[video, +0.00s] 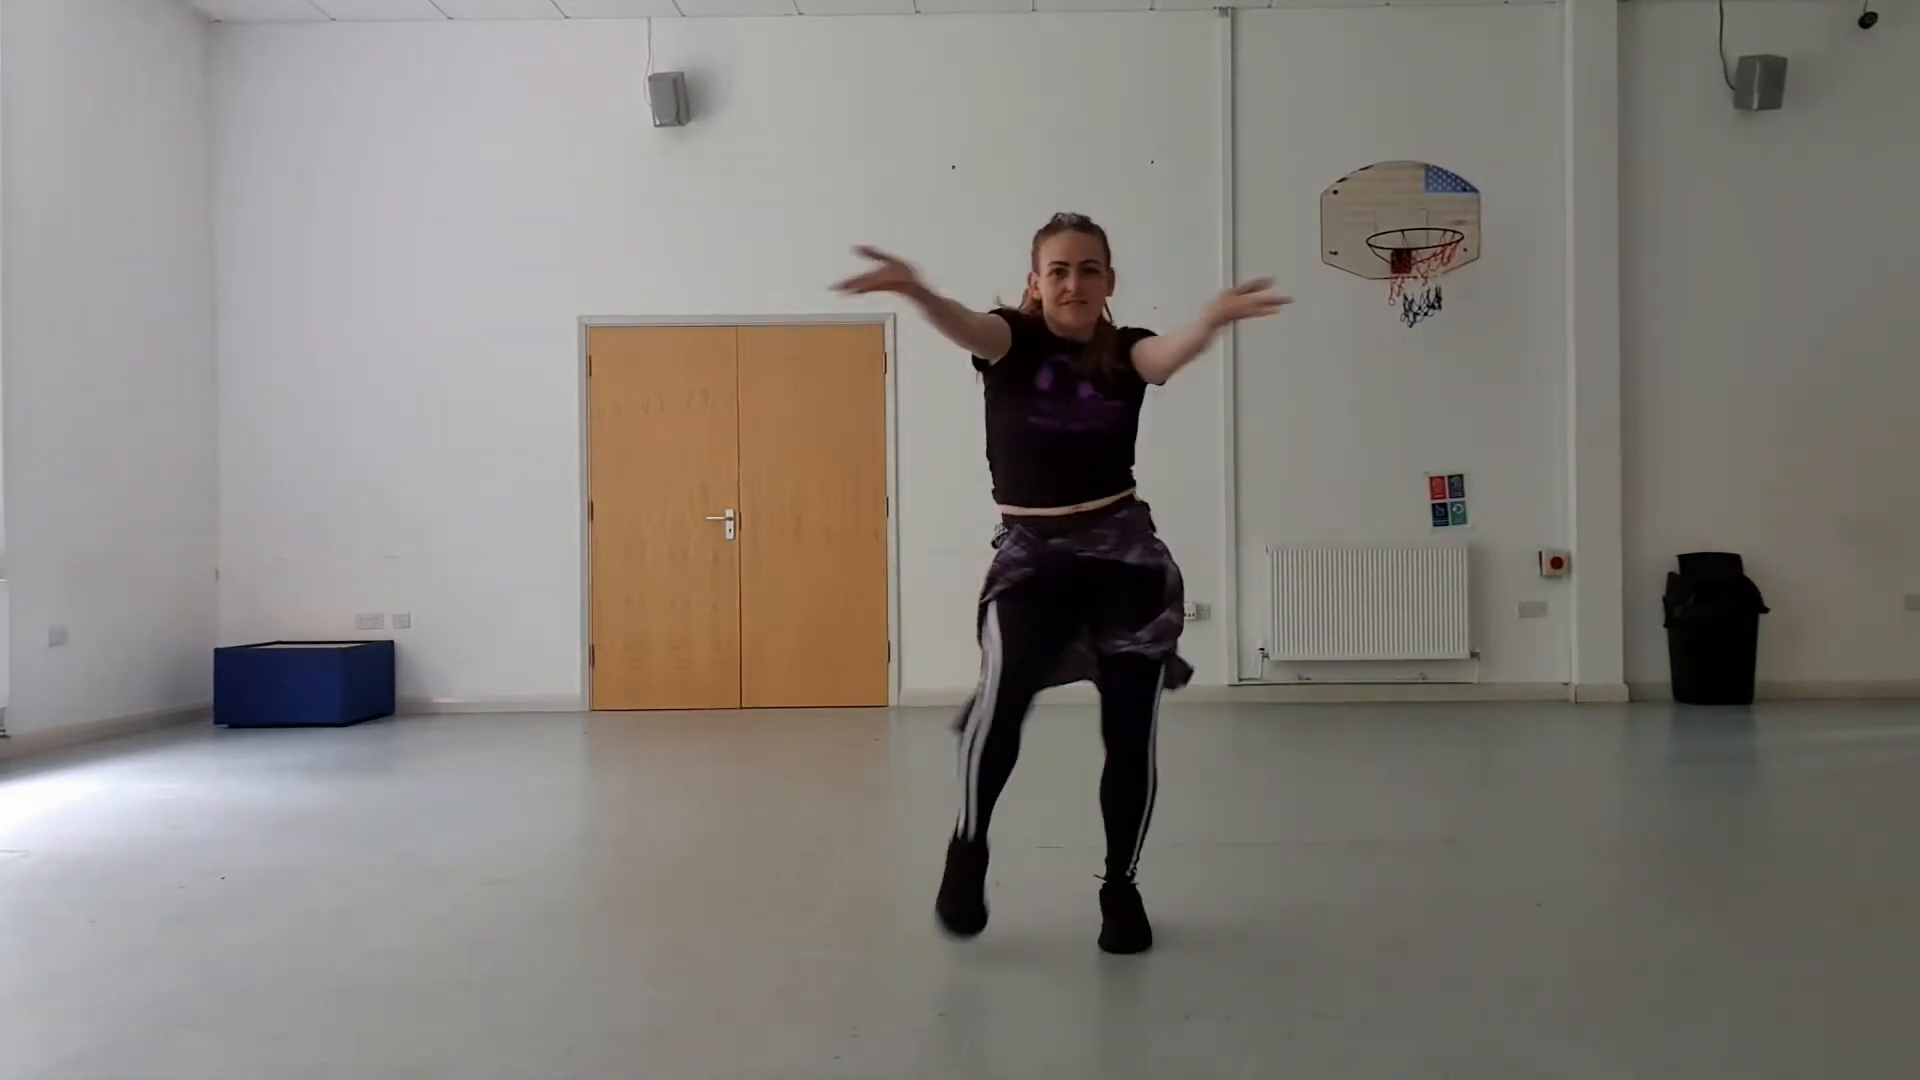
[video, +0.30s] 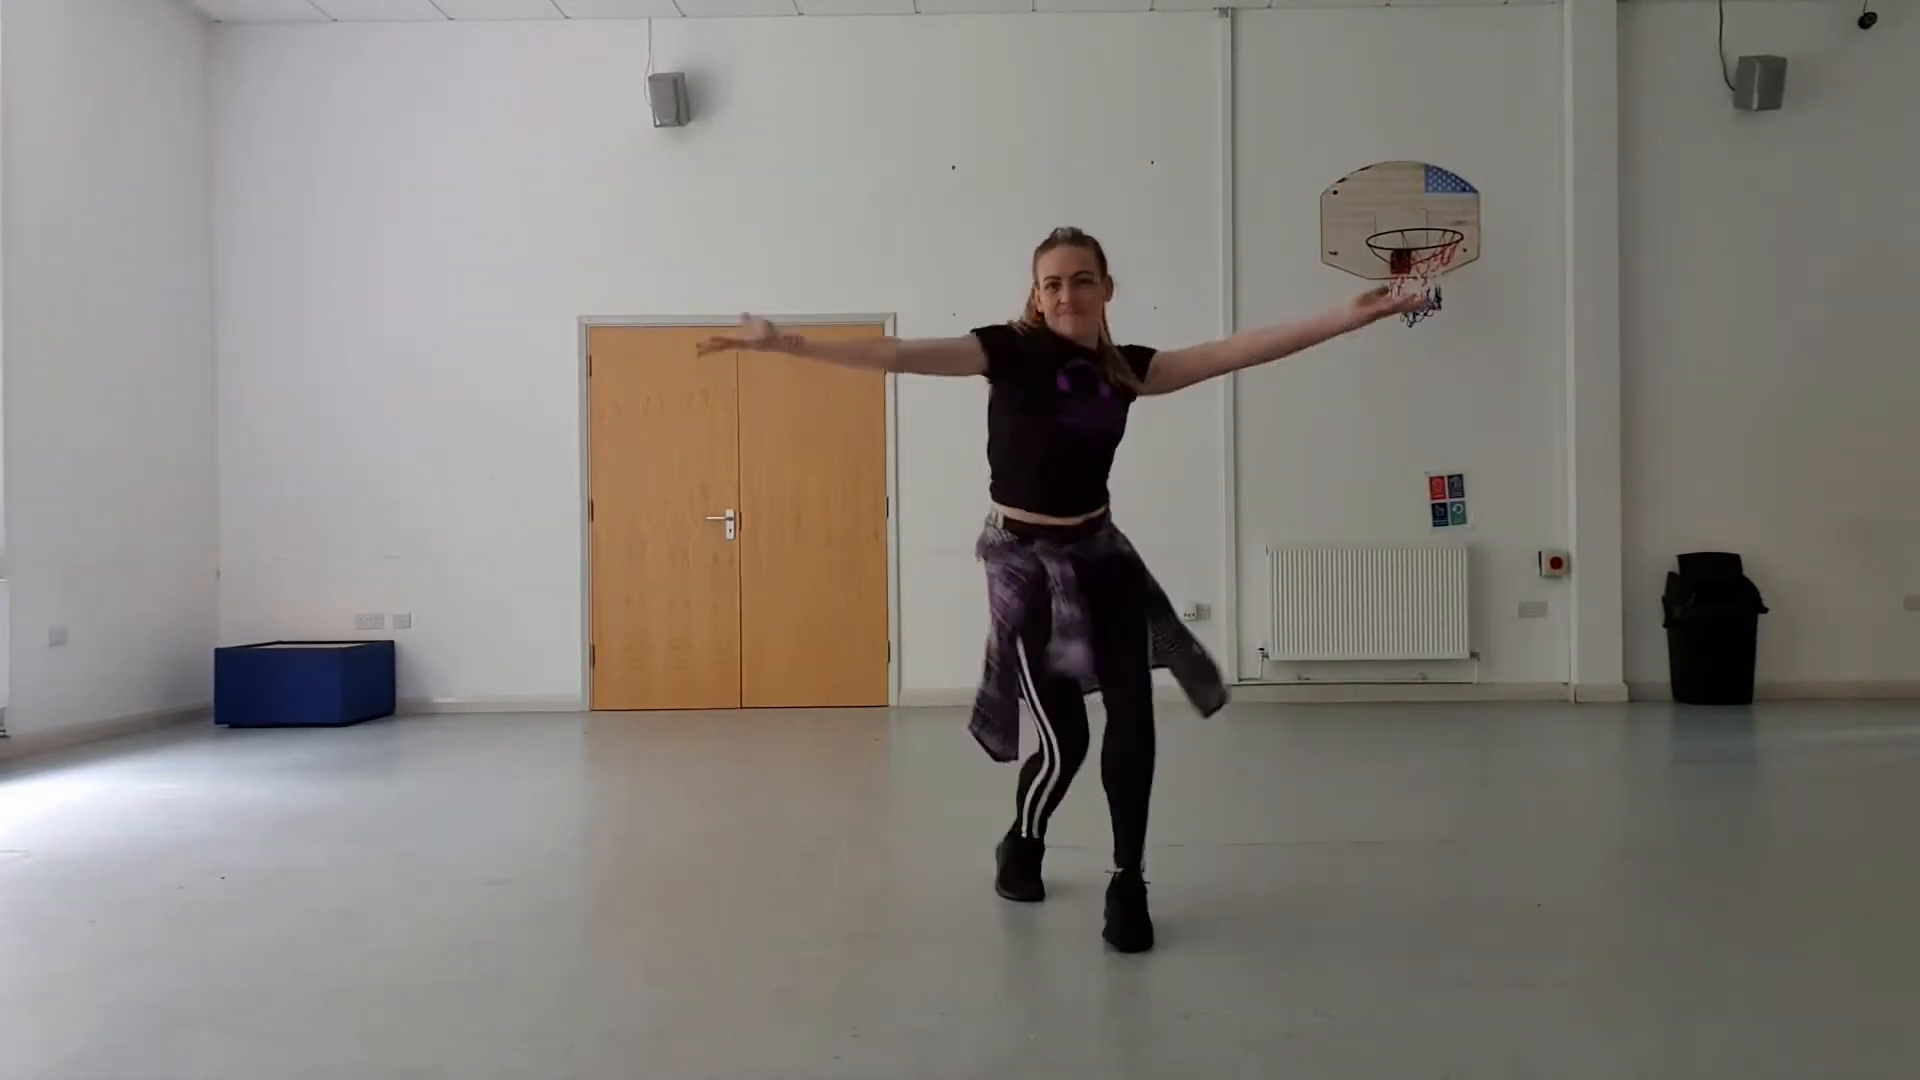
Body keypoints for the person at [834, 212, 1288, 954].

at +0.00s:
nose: (1074, 283)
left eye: (1089, 270)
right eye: (1059, 270)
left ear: (1109, 281)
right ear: (1034, 282)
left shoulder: (1126, 350)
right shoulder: (1008, 340)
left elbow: (1164, 358)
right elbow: (964, 326)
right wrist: (917, 291)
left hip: (1122, 552)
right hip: (1031, 554)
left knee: (1130, 731)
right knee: (1001, 694)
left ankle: (1121, 883)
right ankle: (968, 848)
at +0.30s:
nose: (1068, 297)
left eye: (1083, 283)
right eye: (1052, 286)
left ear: (1108, 294)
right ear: (1032, 299)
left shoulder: (1128, 369)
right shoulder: (1003, 353)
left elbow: (1248, 347)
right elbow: (893, 353)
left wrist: (1365, 309)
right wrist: (786, 342)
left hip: (1098, 553)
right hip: (1021, 556)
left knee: (1130, 716)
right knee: (1065, 735)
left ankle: (1128, 881)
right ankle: (1025, 839)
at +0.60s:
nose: (1039, 269)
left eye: (1053, 258)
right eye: (1026, 259)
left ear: (1075, 273)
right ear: (1008, 274)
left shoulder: (1105, 345)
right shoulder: (987, 346)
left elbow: (1208, 369)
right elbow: (885, 369)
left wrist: (1299, 375)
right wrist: (796, 369)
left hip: (1073, 530)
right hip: (996, 526)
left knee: (1073, 690)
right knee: (1006, 681)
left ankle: (1082, 767)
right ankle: (1013, 839)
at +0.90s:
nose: (1048, 292)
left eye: (1059, 286)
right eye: (1035, 287)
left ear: (1077, 308)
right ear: (1017, 310)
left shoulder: (1100, 373)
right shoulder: (993, 372)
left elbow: (1175, 429)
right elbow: (926, 441)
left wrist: (1244, 482)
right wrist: (860, 490)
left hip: (1074, 534)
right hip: (1002, 533)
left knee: (1064, 677)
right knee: (998, 672)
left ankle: (1054, 798)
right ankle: (997, 814)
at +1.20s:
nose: (1024, 299)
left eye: (1037, 291)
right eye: (1013, 294)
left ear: (1060, 311)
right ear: (1002, 316)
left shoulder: (1082, 383)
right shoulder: (974, 372)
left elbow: (1090, 455)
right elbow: (930, 442)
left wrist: (1091, 484)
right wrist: (924, 528)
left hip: (1064, 537)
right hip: (991, 538)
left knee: (1076, 682)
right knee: (978, 675)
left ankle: (1055, 791)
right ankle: (999, 794)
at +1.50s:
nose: (1014, 277)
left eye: (1028, 269)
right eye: (1014, 269)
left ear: (1064, 282)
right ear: (1017, 286)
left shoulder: (1068, 332)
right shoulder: (1016, 349)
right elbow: (1008, 450)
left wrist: (1046, 374)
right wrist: (997, 488)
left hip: (1072, 504)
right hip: (1019, 516)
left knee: (1111, 654)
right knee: (1010, 659)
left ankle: (1201, 798)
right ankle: (1010, 790)